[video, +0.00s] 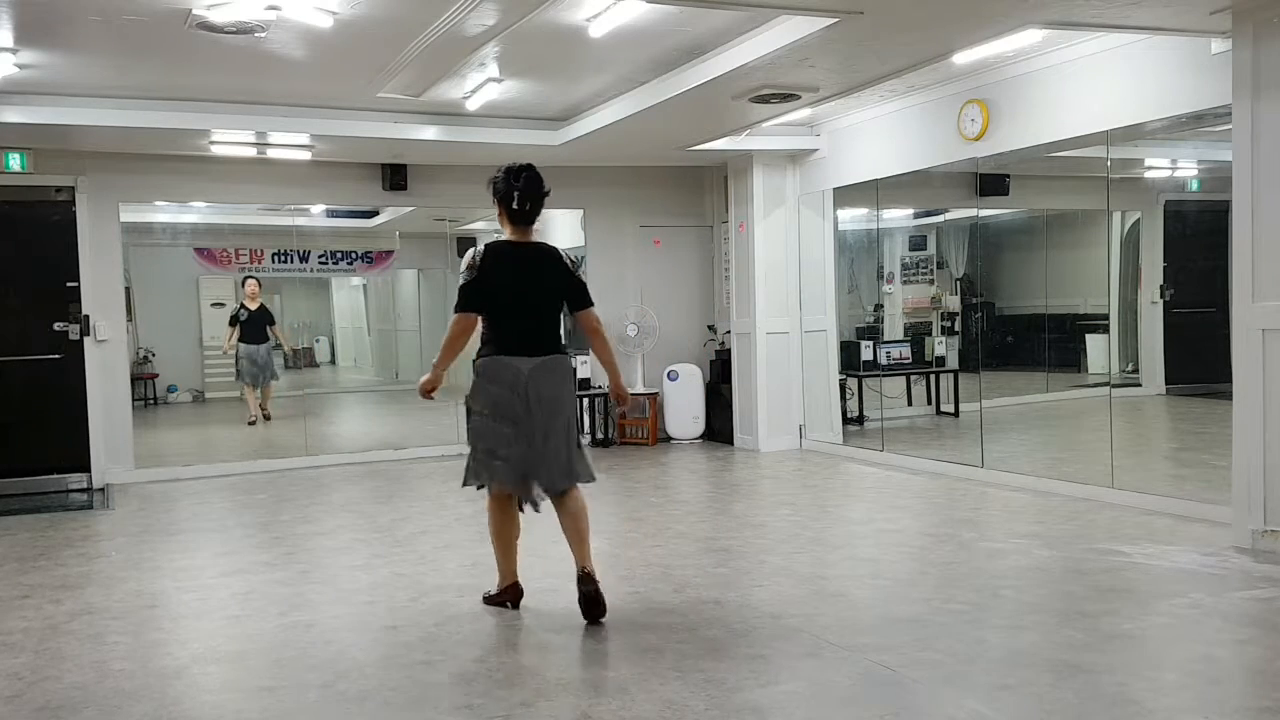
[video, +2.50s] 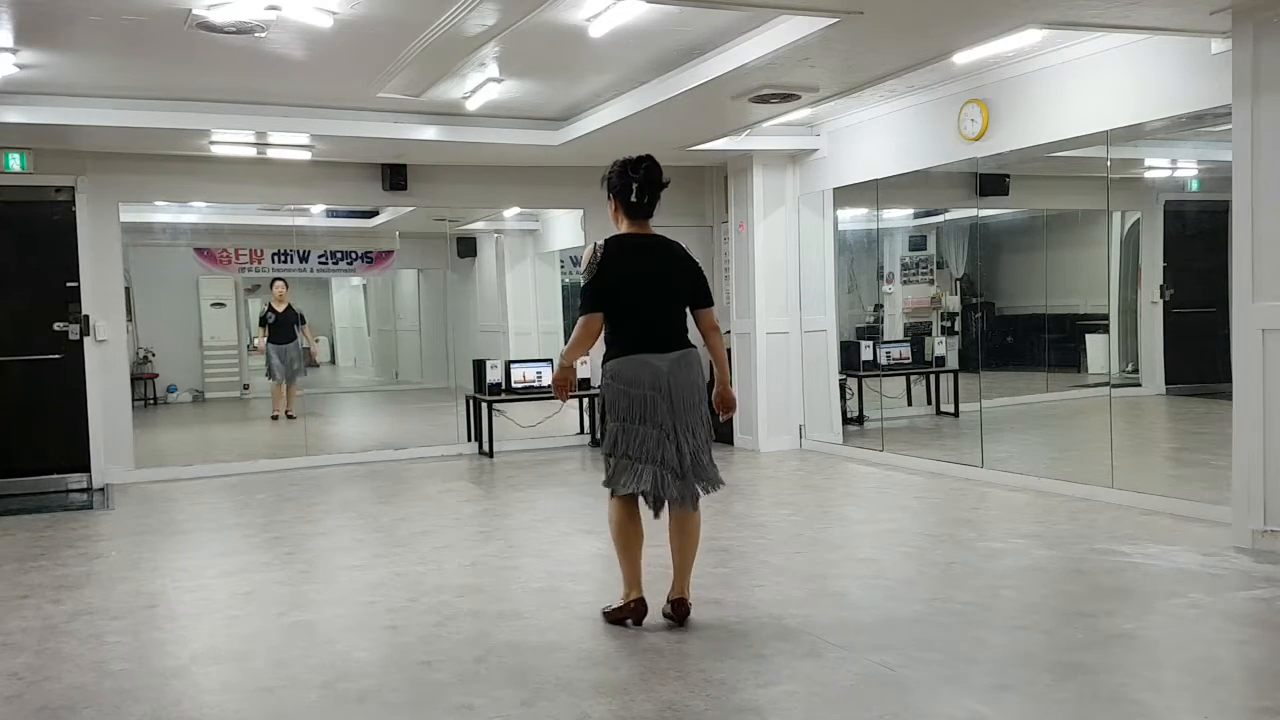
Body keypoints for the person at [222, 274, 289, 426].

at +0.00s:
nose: (252, 289)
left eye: (255, 286)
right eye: (249, 286)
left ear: (259, 289)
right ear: (244, 289)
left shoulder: (264, 309)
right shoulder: (239, 308)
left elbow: (274, 328)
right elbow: (232, 327)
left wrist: (285, 344)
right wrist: (226, 343)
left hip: (263, 348)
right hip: (245, 348)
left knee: (266, 381)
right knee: (248, 383)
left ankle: (264, 406)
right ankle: (253, 413)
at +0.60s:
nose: (258, 289)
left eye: (260, 286)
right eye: (254, 286)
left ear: (264, 289)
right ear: (248, 289)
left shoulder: (269, 308)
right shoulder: (243, 308)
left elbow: (278, 329)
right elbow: (236, 327)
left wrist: (287, 346)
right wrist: (236, 341)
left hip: (269, 348)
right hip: (249, 349)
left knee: (277, 380)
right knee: (250, 384)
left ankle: (283, 412)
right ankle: (253, 414)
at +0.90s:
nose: (273, 287)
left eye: (275, 284)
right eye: (269, 285)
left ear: (279, 287)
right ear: (263, 288)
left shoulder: (286, 307)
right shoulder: (260, 307)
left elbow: (295, 326)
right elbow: (249, 326)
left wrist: (304, 339)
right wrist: (236, 335)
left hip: (287, 347)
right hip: (267, 348)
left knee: (295, 379)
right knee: (261, 382)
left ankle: (302, 411)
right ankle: (254, 413)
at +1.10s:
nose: (283, 287)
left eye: (285, 284)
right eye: (279, 285)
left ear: (290, 287)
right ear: (274, 288)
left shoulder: (298, 307)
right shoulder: (270, 307)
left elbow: (310, 323)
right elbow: (262, 327)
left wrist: (322, 337)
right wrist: (251, 331)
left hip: (298, 347)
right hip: (278, 348)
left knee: (301, 380)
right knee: (276, 381)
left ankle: (304, 412)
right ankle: (274, 413)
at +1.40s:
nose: (287, 287)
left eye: (290, 284)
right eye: (284, 285)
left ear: (294, 287)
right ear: (278, 288)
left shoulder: (300, 306)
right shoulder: (273, 307)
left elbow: (312, 324)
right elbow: (267, 327)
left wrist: (323, 338)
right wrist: (273, 324)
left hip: (302, 347)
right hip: (283, 349)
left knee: (304, 381)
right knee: (288, 382)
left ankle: (305, 411)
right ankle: (292, 412)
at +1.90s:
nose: (285, 291)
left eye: (288, 288)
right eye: (282, 288)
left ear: (292, 291)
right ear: (277, 291)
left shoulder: (299, 310)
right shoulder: (272, 309)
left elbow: (309, 327)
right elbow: (266, 328)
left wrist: (316, 344)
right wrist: (258, 339)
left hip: (297, 349)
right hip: (279, 350)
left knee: (295, 381)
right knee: (284, 381)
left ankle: (291, 406)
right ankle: (291, 411)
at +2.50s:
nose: (280, 291)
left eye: (282, 288)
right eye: (277, 288)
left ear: (287, 290)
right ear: (272, 291)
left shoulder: (295, 309)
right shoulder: (266, 310)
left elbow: (304, 328)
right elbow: (262, 328)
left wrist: (312, 345)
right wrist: (261, 341)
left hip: (292, 346)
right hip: (274, 347)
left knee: (291, 380)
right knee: (277, 379)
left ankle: (290, 409)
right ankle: (276, 409)